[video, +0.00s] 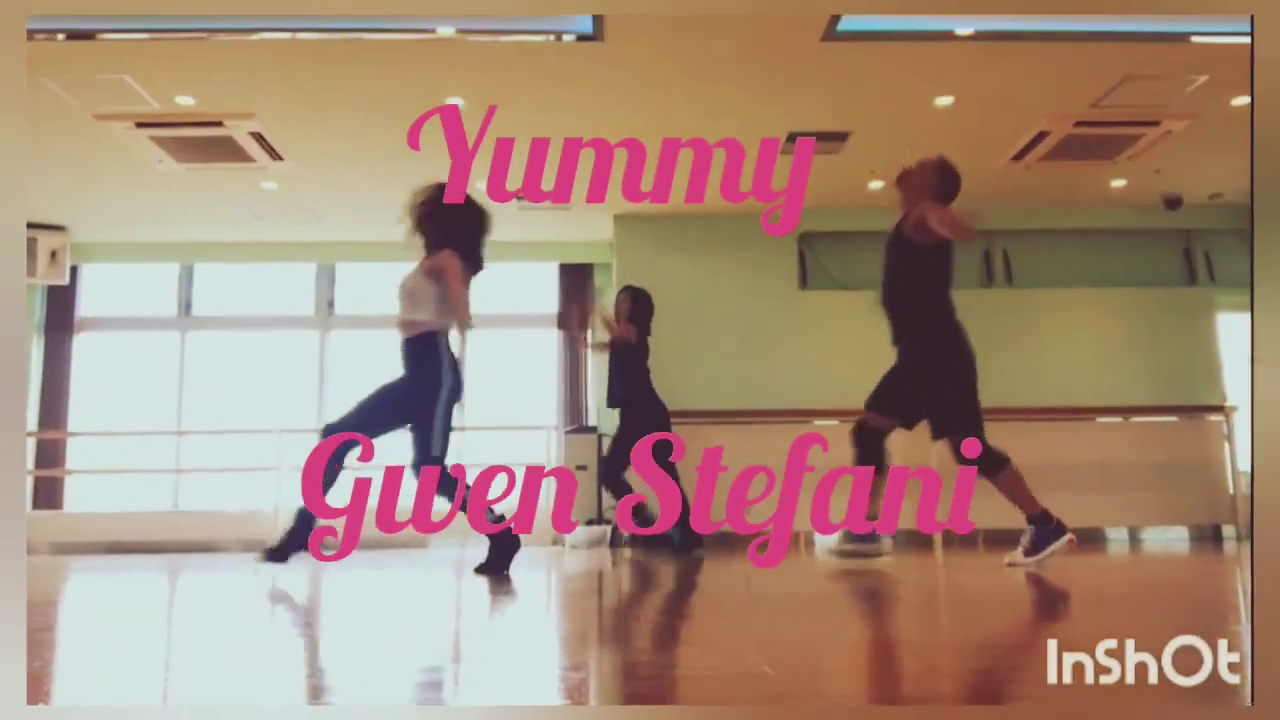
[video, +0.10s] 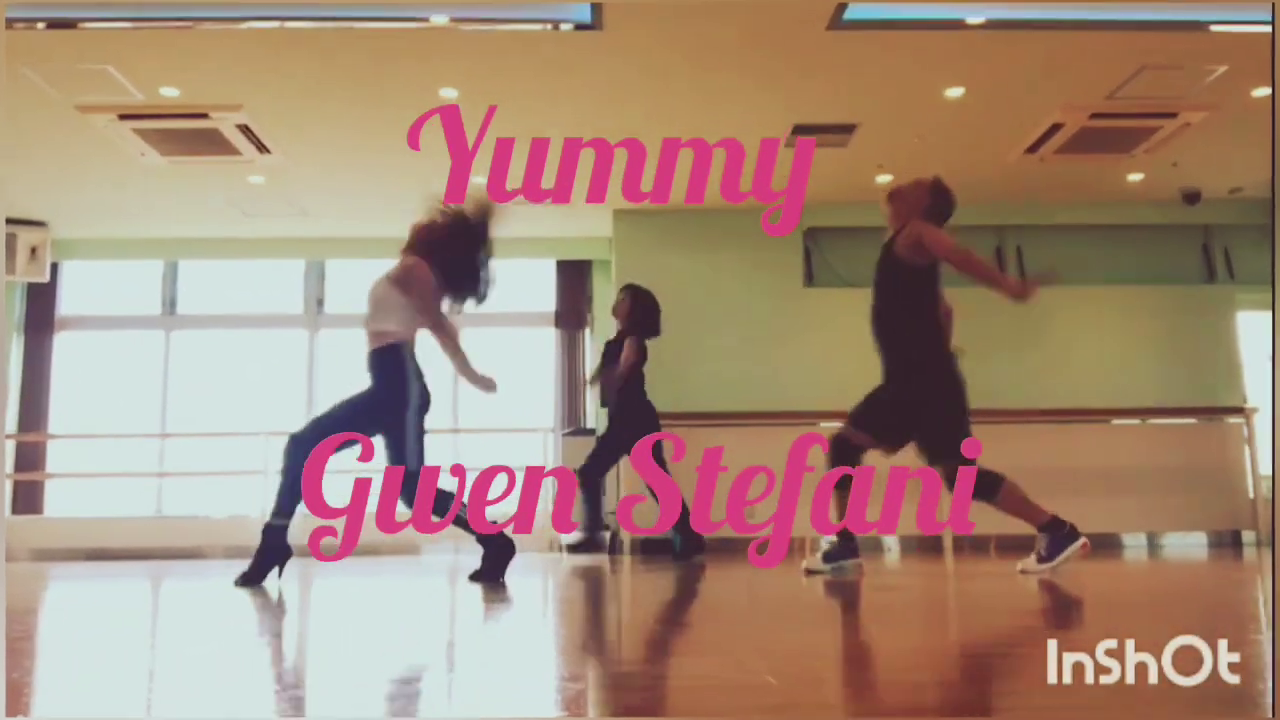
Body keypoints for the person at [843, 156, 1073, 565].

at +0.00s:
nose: (910, 167)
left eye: (921, 166)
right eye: (917, 162)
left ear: (930, 184)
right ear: (925, 186)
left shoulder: (926, 217)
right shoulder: (909, 223)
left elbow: (950, 228)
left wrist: (945, 218)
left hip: (939, 355)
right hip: (921, 356)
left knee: (971, 449)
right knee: (866, 434)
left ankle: (1043, 523)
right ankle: (866, 532)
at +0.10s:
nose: (903, 184)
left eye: (915, 184)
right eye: (911, 181)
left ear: (923, 205)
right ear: (914, 204)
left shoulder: (917, 233)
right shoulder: (901, 244)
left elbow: (961, 257)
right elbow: (941, 309)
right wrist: (939, 353)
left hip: (925, 384)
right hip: (911, 384)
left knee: (960, 474)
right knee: (844, 447)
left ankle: (1055, 530)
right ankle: (843, 544)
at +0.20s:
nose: (888, 186)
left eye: (901, 186)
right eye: (897, 183)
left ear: (911, 209)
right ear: (899, 206)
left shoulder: (907, 241)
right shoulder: (882, 251)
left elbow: (950, 273)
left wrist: (998, 316)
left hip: (910, 392)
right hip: (881, 392)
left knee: (954, 481)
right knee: (819, 460)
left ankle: (1058, 531)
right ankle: (846, 548)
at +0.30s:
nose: (870, 168)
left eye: (884, 167)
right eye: (876, 164)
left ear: (899, 189)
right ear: (878, 189)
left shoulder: (904, 224)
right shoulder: (858, 242)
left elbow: (944, 259)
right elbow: (850, 307)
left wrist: (963, 287)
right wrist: (814, 341)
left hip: (895, 375)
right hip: (858, 376)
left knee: (940, 468)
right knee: (815, 462)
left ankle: (1037, 520)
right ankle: (849, 551)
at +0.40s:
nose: (863, 149)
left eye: (874, 143)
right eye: (861, 143)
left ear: (893, 159)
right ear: (854, 157)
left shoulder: (904, 201)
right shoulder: (838, 219)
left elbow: (945, 228)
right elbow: (805, 264)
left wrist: (970, 243)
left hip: (885, 343)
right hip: (839, 345)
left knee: (906, 445)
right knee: (816, 450)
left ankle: (970, 513)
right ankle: (846, 545)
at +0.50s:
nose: (854, 142)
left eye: (863, 135)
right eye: (848, 135)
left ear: (882, 146)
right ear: (839, 146)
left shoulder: (897, 192)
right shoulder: (827, 210)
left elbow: (957, 211)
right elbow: (779, 244)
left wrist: (1014, 228)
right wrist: (725, 256)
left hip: (879, 330)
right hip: (829, 331)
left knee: (879, 436)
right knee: (821, 441)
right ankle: (818, 549)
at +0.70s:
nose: (846, 163)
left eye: (854, 155)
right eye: (838, 156)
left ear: (867, 162)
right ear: (827, 166)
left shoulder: (888, 217)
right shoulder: (817, 225)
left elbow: (945, 235)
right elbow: (757, 246)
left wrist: (997, 254)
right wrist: (697, 234)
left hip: (869, 353)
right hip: (820, 353)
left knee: (883, 457)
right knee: (805, 454)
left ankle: (842, 541)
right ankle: (784, 551)